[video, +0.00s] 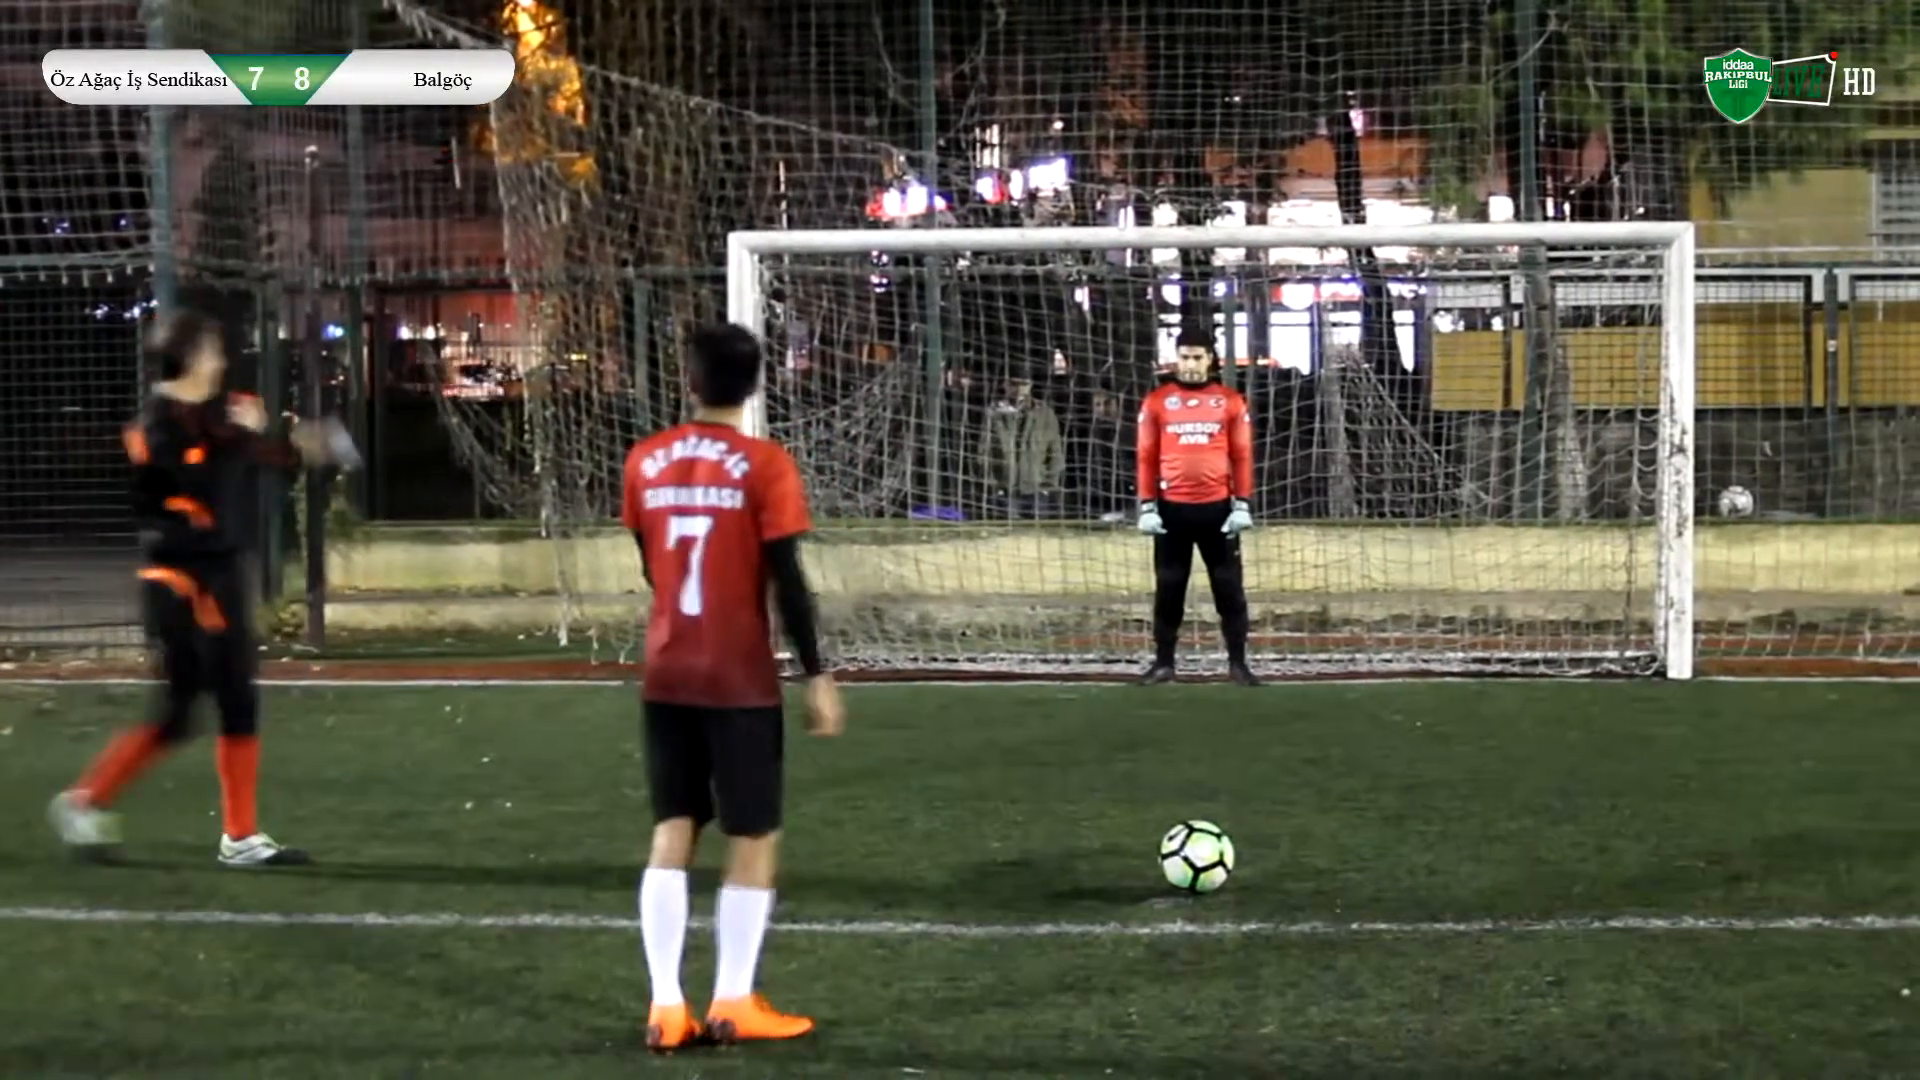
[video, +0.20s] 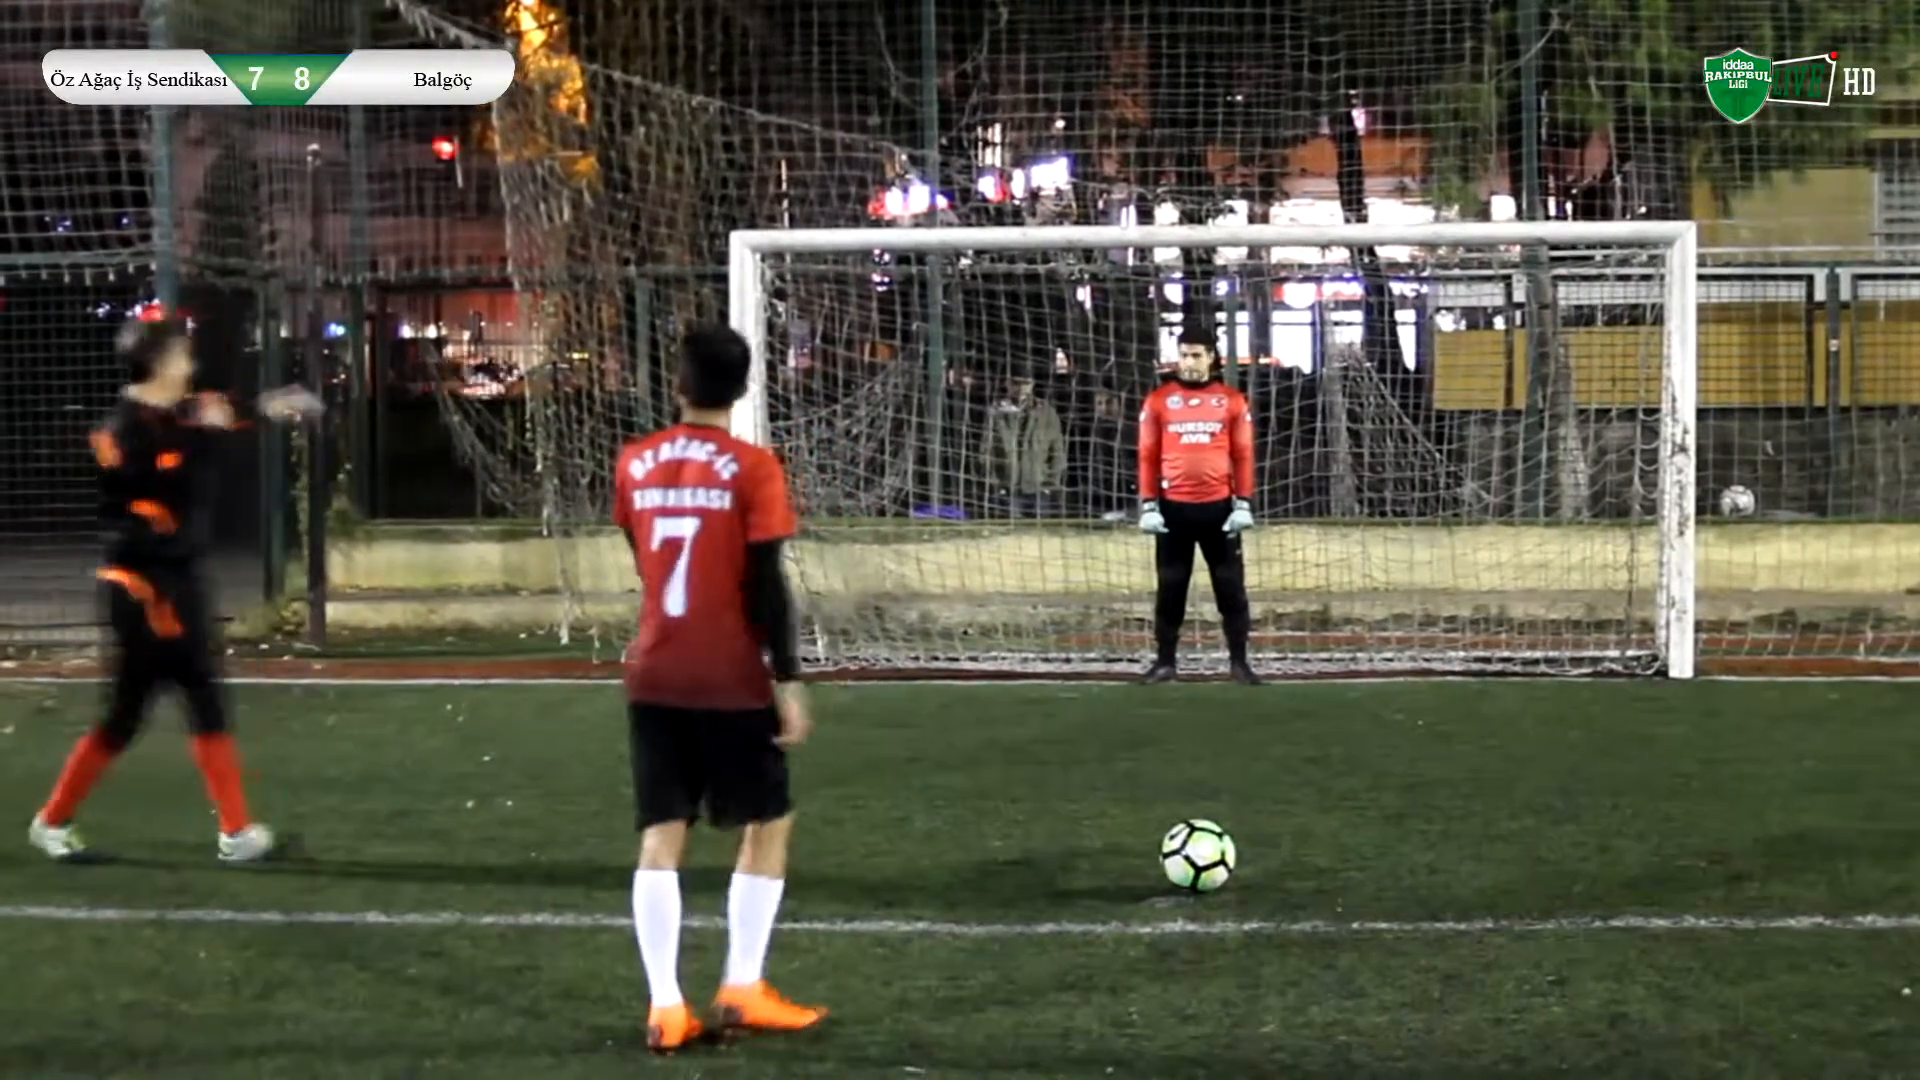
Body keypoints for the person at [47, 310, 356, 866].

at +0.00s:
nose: (219, 361)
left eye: (219, 351)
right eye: (211, 351)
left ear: (202, 358)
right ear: (187, 355)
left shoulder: (217, 421)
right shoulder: (159, 423)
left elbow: (265, 455)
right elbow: (153, 510)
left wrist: (305, 448)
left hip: (221, 577)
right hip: (177, 578)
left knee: (239, 704)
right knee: (177, 712)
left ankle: (241, 836)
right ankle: (83, 802)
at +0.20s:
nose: (190, 365)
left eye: (188, 356)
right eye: (182, 356)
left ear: (161, 364)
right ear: (157, 362)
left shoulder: (184, 421)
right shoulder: (124, 429)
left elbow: (234, 425)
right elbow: (123, 515)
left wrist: (266, 411)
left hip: (178, 579)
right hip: (138, 580)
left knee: (207, 700)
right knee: (126, 710)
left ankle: (236, 829)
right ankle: (52, 820)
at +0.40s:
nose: (161, 371)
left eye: (160, 360)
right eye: (152, 361)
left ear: (136, 365)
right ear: (124, 366)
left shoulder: (147, 425)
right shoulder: (90, 426)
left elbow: (188, 438)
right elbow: (106, 485)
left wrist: (240, 415)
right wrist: (172, 433)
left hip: (140, 581)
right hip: (96, 582)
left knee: (169, 696)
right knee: (97, 710)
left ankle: (208, 820)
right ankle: (46, 828)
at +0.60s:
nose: (136, 366)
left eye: (137, 355)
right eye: (127, 356)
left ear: (112, 361)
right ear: (95, 357)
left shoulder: (124, 417)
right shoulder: (61, 417)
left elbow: (160, 450)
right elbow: (87, 482)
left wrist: (210, 442)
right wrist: (137, 423)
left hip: (118, 573)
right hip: (75, 573)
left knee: (146, 691)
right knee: (80, 700)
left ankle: (144, 817)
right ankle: (47, 829)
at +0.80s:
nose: (108, 364)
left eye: (109, 353)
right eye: (100, 353)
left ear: (88, 357)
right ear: (67, 353)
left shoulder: (97, 414)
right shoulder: (38, 417)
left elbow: (121, 489)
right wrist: (110, 422)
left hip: (99, 564)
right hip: (54, 564)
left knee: (112, 690)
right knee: (66, 694)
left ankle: (83, 806)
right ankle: (42, 828)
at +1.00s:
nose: (87, 367)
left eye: (89, 356)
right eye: (78, 356)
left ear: (81, 358)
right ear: (49, 356)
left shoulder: (70, 413)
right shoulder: (24, 414)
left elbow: (76, 482)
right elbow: (59, 481)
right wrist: (89, 423)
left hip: (78, 564)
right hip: (39, 565)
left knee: (69, 687)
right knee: (63, 689)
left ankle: (17, 784)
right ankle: (44, 828)